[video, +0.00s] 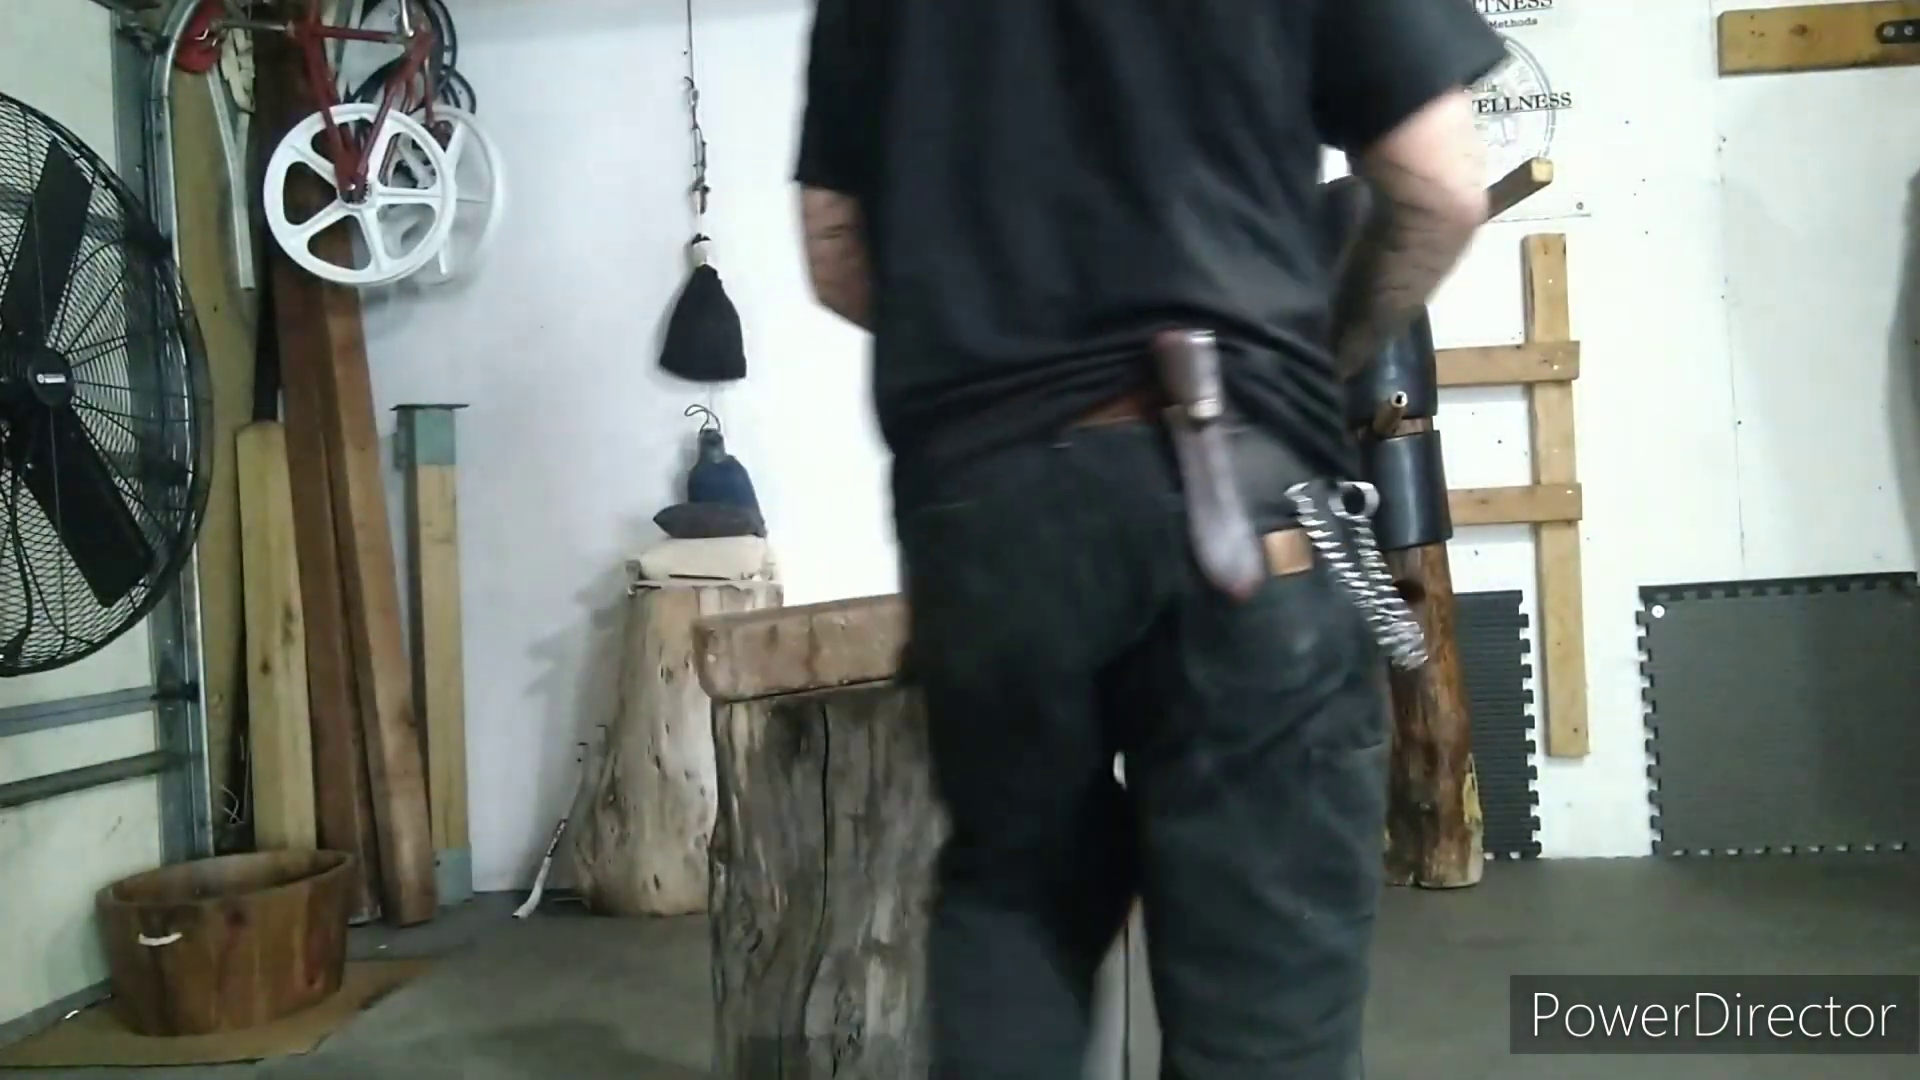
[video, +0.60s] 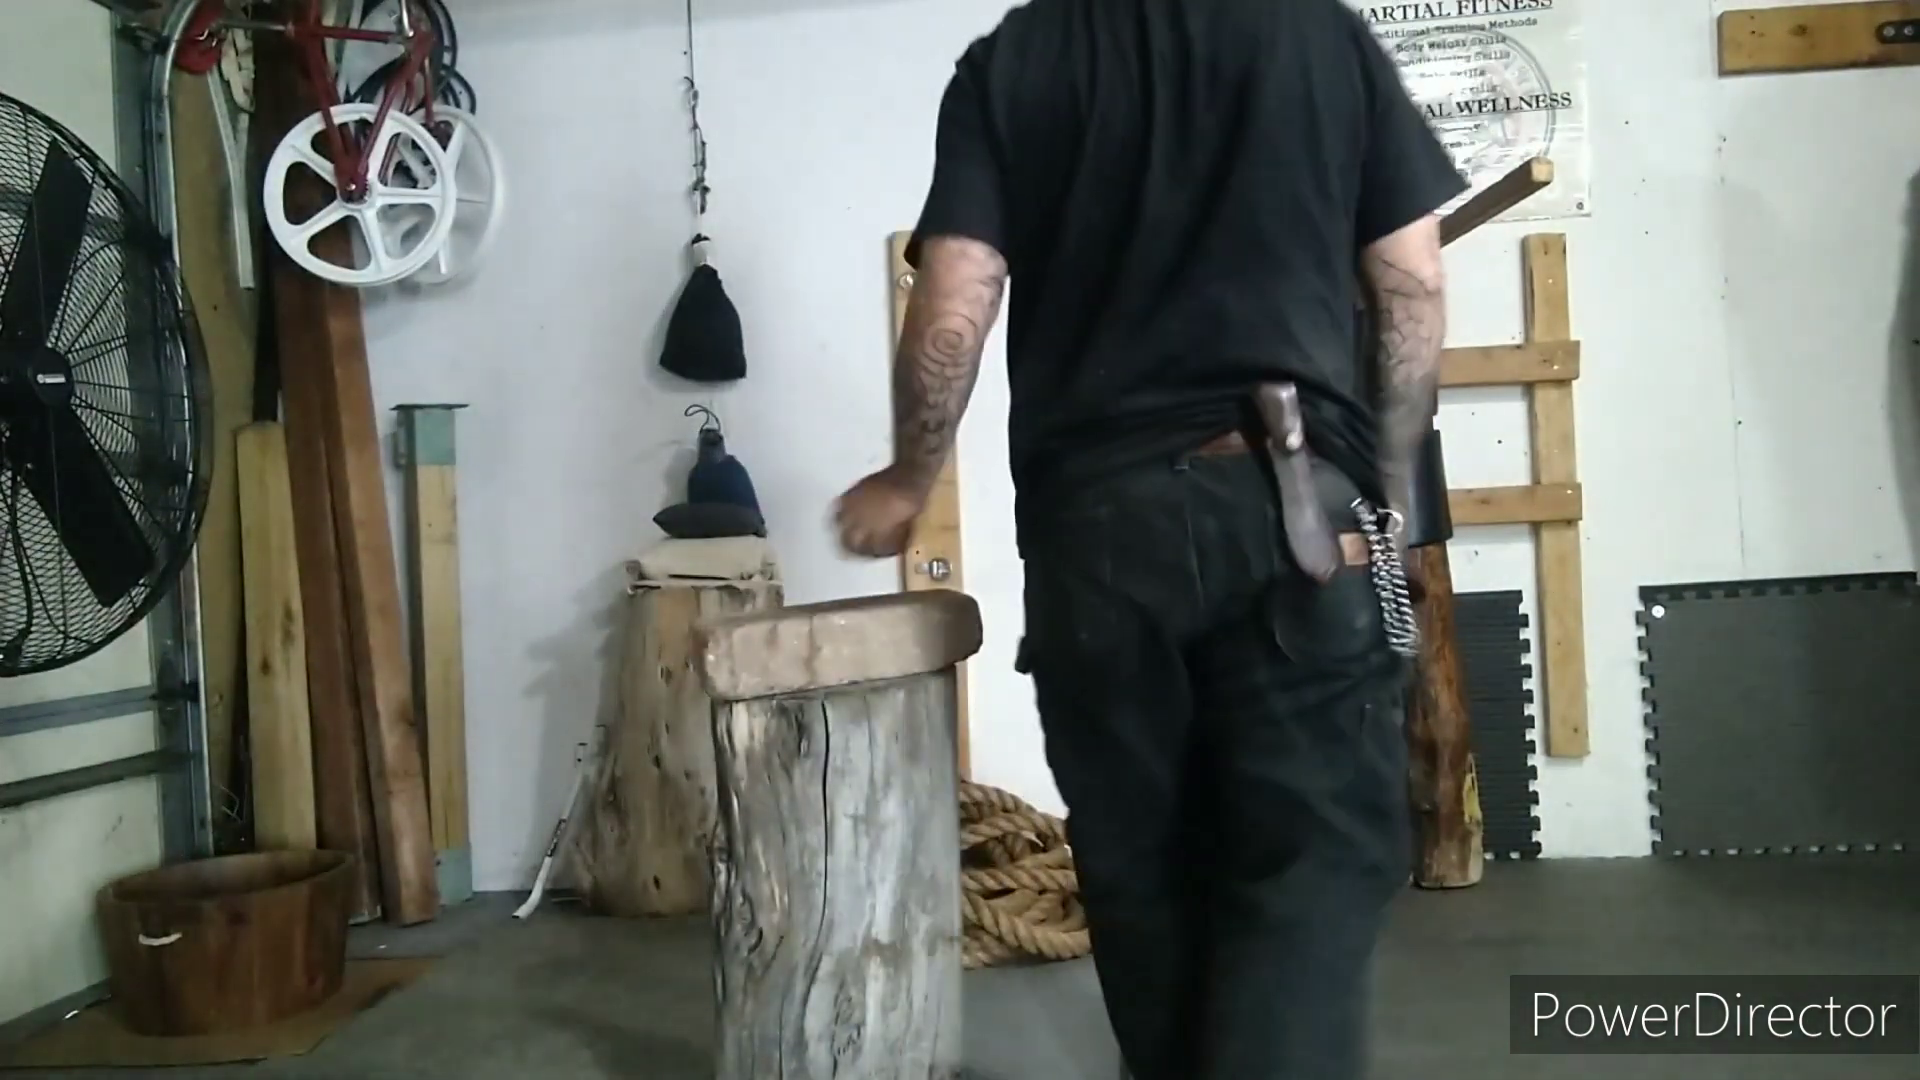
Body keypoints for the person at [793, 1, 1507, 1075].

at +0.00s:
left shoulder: (869, 6)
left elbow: (838, 254)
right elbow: (1439, 185)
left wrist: (1021, 340)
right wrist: (1310, 359)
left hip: (984, 482)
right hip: (1240, 458)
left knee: (1013, 888)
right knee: (1266, 974)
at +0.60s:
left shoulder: (1007, 58)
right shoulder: (1321, 28)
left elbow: (955, 305)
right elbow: (1411, 279)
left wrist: (908, 480)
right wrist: (1386, 494)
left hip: (1099, 513)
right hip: (1307, 496)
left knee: (1139, 887)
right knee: (1312, 867)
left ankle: (1172, 1071)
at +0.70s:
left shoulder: (1009, 81)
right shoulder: (1309, 50)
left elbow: (960, 317)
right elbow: (1401, 275)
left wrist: (882, 497)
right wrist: (1436, 481)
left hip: (1098, 521)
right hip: (1294, 503)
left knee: (1141, 881)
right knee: (1331, 852)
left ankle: (1192, 1073)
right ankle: (1335, 1068)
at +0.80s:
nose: (1012, 16)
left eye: (1014, 8)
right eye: (1013, 11)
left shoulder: (1016, 85)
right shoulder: (1302, 57)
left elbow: (969, 319)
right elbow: (1402, 274)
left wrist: (883, 501)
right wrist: (1453, 471)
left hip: (1106, 523)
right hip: (1295, 505)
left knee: (1145, 877)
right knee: (1323, 848)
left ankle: (1197, 1070)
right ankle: (1364, 1069)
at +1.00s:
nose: (1007, 77)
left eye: (1003, 52)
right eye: (1001, 58)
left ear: (1043, 10)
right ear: (1134, 6)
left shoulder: (1038, 112)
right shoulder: (1292, 92)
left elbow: (1010, 333)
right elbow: (1386, 288)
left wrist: (909, 513)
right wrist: (1419, 469)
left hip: (1124, 521)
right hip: (1290, 506)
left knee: (1150, 874)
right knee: (1291, 852)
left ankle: (1203, 1068)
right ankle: (1310, 1065)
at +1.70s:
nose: (969, 171)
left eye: (968, 141)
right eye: (957, 154)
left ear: (1016, 84)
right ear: (1027, 89)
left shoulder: (1074, 179)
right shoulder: (1134, 173)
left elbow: (1071, 360)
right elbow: (1112, 368)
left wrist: (948, 505)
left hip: (1119, 526)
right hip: (1197, 511)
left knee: (1037, 783)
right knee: (1198, 787)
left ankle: (1013, 1043)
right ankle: (1250, 1031)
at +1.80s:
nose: (942, 176)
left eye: (943, 146)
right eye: (929, 159)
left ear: (995, 93)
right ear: (1001, 97)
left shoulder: (1057, 188)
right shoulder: (1092, 180)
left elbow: (1069, 367)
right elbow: (1089, 376)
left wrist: (953, 513)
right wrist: (969, 495)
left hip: (1096, 536)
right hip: (1158, 521)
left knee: (1020, 784)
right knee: (1169, 781)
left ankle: (1010, 1042)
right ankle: (1248, 1027)